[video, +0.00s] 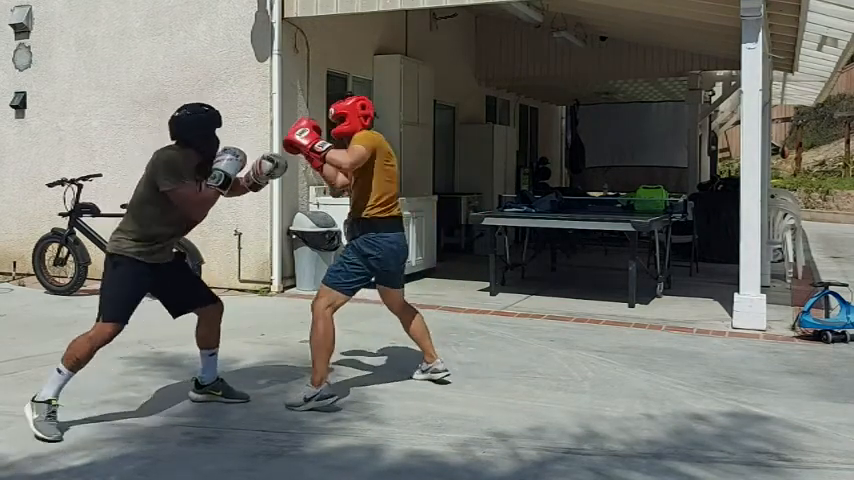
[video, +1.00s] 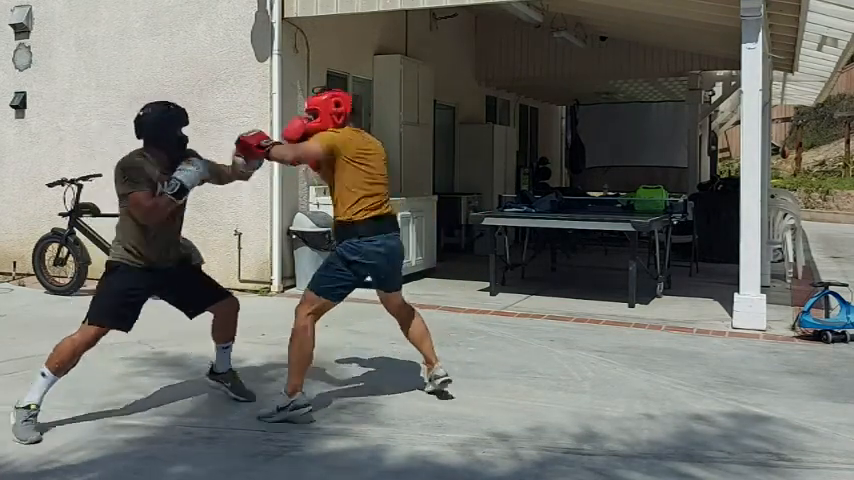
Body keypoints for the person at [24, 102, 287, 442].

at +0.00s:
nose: (218, 139)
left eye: (217, 133)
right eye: (213, 133)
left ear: (189, 135)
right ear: (199, 136)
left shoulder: (201, 163)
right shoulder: (168, 160)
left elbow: (231, 188)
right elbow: (194, 211)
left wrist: (257, 176)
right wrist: (221, 178)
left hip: (165, 257)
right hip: (129, 255)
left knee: (211, 308)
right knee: (107, 330)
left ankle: (208, 381)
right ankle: (44, 399)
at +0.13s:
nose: (193, 148)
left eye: (192, 142)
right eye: (188, 143)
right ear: (174, 148)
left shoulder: (183, 175)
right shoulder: (142, 177)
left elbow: (203, 215)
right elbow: (179, 224)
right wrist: (198, 187)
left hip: (163, 269)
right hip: (123, 270)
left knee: (215, 310)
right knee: (91, 343)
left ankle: (207, 381)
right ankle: (25, 406)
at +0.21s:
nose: (176, 157)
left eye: (175, 150)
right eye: (170, 152)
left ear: (154, 158)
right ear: (151, 158)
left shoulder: (170, 184)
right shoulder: (126, 187)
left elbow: (184, 228)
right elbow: (166, 232)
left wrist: (200, 248)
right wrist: (186, 193)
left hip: (158, 274)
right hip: (116, 276)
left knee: (213, 313)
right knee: (91, 346)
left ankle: (207, 382)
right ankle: (25, 409)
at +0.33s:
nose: (151, 165)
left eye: (149, 158)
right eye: (144, 161)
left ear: (131, 167)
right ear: (124, 171)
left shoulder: (147, 187)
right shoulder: (95, 200)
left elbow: (167, 226)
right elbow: (135, 245)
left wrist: (175, 246)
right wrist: (158, 205)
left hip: (145, 277)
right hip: (103, 281)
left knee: (205, 315)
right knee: (84, 347)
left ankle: (207, 382)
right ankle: (23, 410)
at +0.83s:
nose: (164, 147)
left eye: (162, 141)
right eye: (158, 142)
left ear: (136, 145)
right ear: (139, 146)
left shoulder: (150, 176)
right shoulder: (106, 178)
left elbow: (160, 216)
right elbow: (138, 230)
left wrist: (179, 240)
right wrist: (161, 193)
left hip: (143, 269)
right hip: (101, 272)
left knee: (197, 313)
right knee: (80, 344)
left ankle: (206, 382)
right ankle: (22, 410)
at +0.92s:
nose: (174, 144)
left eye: (172, 137)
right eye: (168, 138)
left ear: (151, 143)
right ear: (149, 143)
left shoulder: (164, 171)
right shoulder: (119, 174)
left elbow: (180, 198)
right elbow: (139, 228)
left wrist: (202, 205)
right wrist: (168, 193)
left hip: (156, 268)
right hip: (115, 270)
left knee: (212, 310)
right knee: (83, 342)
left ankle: (207, 380)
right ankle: (23, 410)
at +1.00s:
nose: (184, 136)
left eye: (183, 130)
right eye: (178, 131)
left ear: (162, 137)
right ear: (160, 137)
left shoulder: (186, 160)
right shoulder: (130, 167)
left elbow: (224, 174)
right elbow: (150, 214)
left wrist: (245, 164)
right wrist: (181, 185)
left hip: (174, 265)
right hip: (130, 266)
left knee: (227, 305)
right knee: (90, 334)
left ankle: (222, 370)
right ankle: (29, 404)